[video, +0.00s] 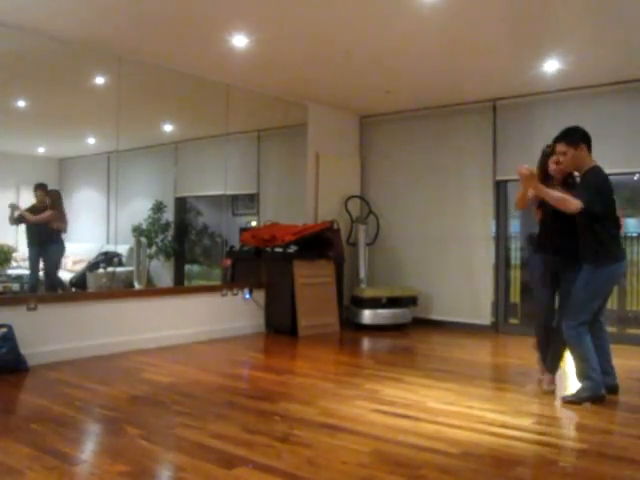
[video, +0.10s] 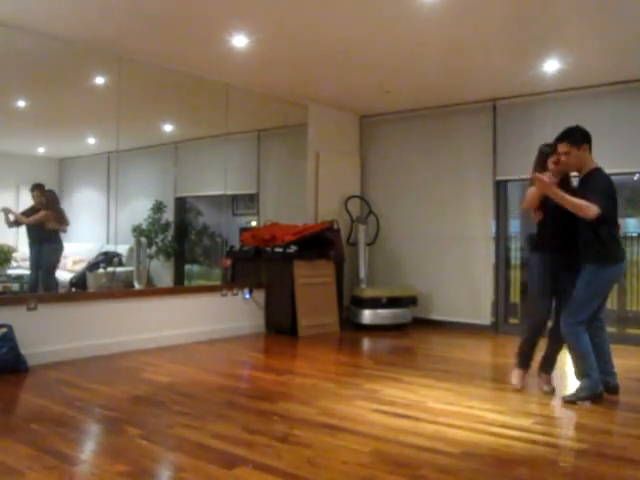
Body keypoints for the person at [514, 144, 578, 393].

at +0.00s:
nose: (558, 162)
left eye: (562, 158)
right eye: (553, 158)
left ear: (569, 163)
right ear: (545, 162)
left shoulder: (576, 187)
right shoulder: (541, 186)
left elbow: (590, 211)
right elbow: (521, 205)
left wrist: (614, 220)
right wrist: (527, 185)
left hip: (572, 256)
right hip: (545, 254)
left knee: (565, 314)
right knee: (543, 309)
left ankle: (551, 369)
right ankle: (544, 363)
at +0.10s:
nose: (559, 162)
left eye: (561, 158)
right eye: (553, 158)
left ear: (567, 160)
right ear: (544, 162)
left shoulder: (572, 185)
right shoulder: (539, 185)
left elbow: (587, 212)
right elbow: (529, 204)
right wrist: (546, 178)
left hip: (570, 254)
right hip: (543, 252)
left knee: (563, 319)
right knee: (540, 313)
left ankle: (546, 370)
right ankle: (521, 365)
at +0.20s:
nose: (557, 164)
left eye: (559, 159)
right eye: (552, 160)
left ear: (563, 162)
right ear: (541, 164)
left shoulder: (569, 186)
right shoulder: (537, 189)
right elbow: (534, 215)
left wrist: (571, 195)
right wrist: (556, 193)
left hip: (567, 255)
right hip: (541, 254)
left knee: (560, 317)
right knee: (536, 314)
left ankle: (542, 369)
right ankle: (510, 369)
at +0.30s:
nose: (556, 164)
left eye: (557, 159)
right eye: (551, 159)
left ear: (557, 162)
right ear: (539, 162)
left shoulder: (555, 189)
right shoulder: (534, 188)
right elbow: (543, 211)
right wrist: (570, 195)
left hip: (558, 258)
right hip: (539, 257)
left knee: (559, 316)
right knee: (532, 317)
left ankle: (540, 366)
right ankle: (508, 372)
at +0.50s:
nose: (549, 165)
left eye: (549, 159)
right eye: (544, 159)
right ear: (531, 160)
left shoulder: (539, 187)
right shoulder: (528, 189)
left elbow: (558, 199)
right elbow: (555, 205)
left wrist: (590, 182)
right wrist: (587, 185)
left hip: (543, 257)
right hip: (532, 257)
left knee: (549, 314)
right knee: (534, 317)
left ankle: (535, 369)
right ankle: (512, 378)